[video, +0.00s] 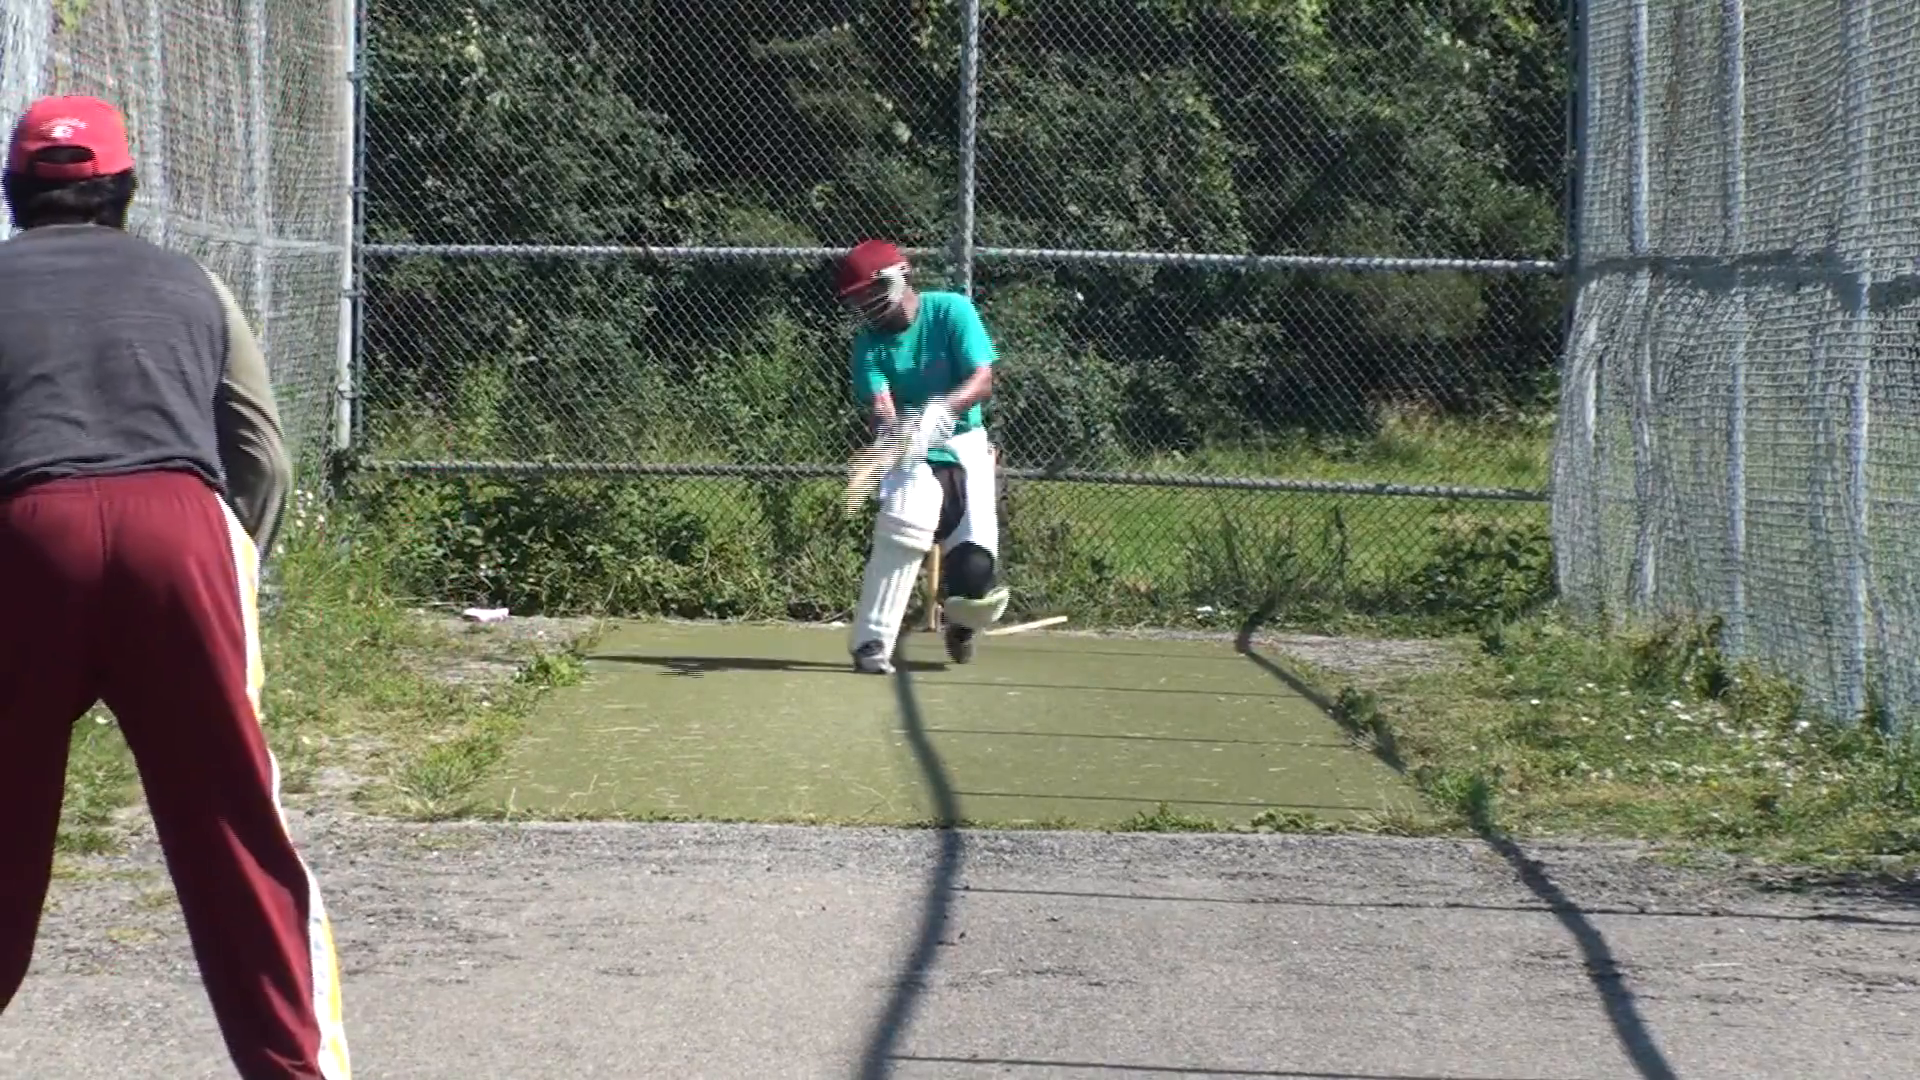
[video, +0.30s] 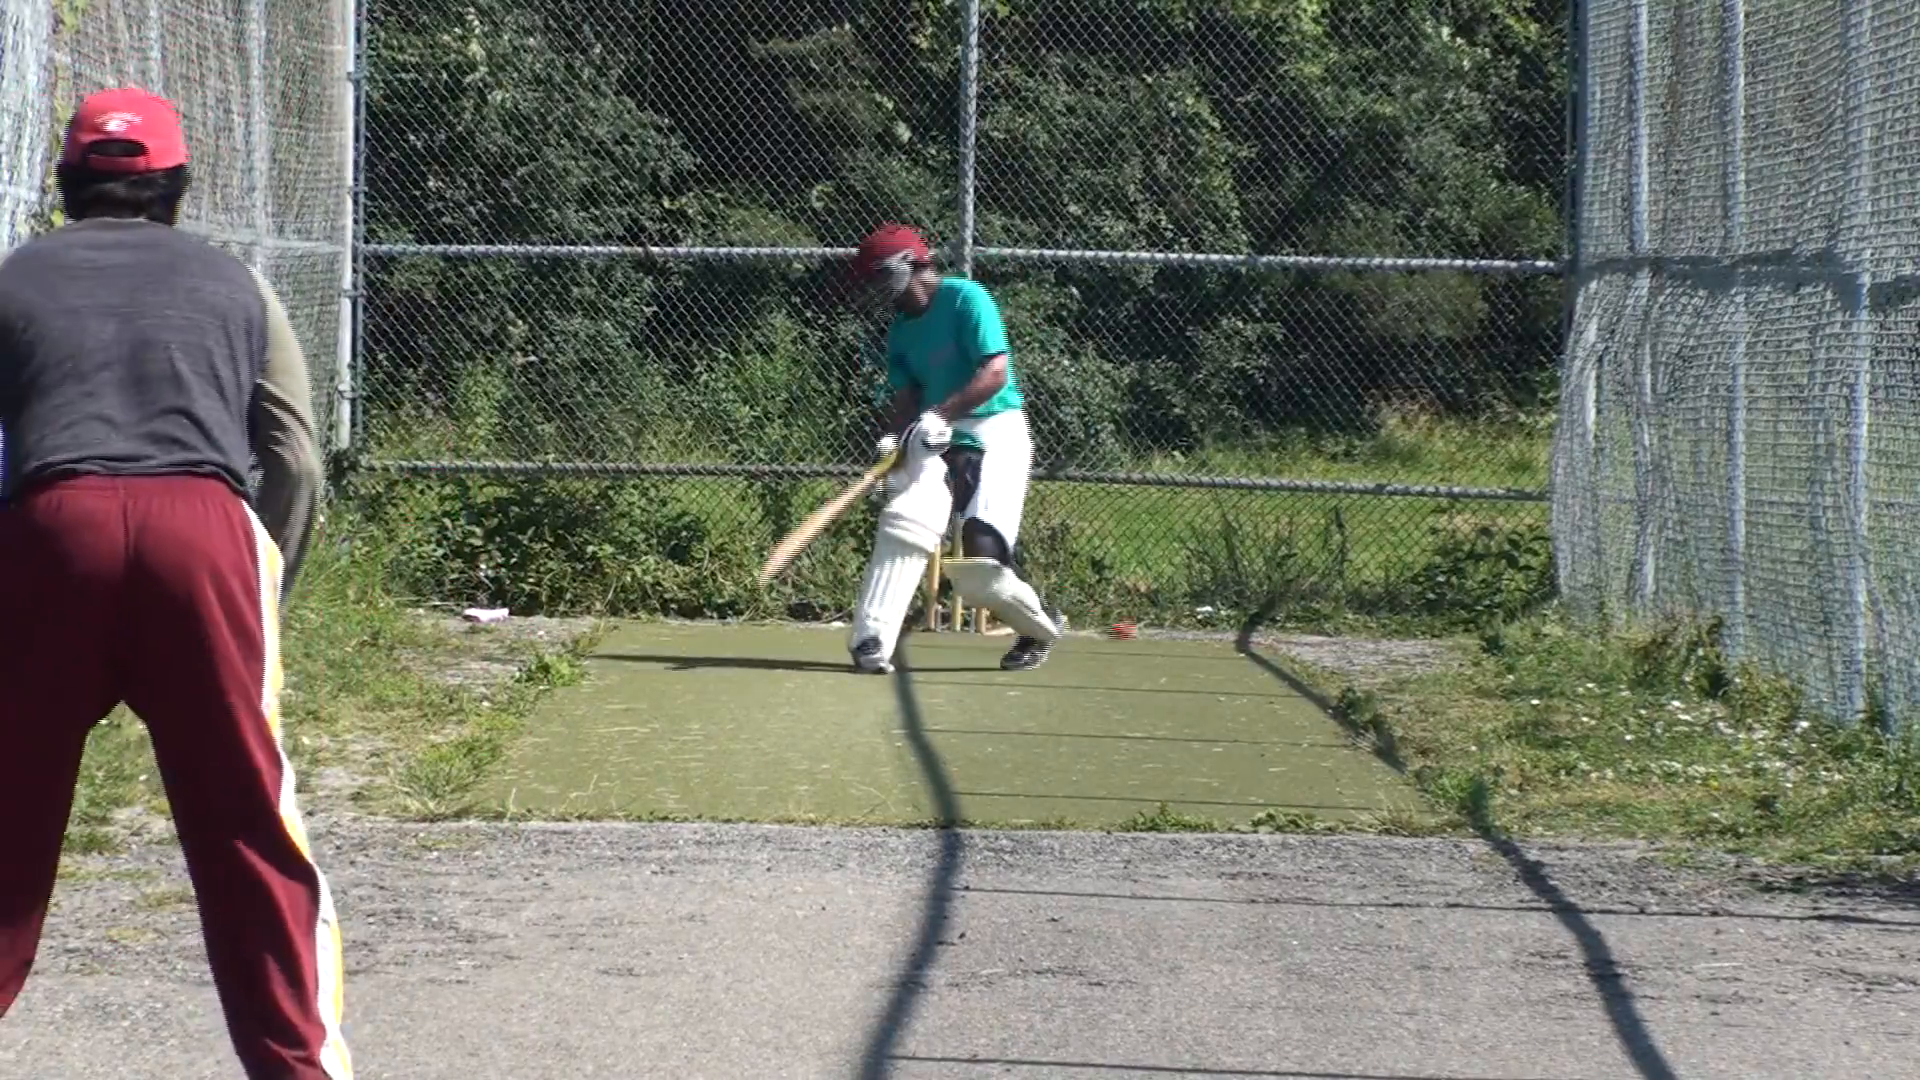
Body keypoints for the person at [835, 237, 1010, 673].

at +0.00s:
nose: (871, 309)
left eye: (876, 296)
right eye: (861, 304)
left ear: (901, 279)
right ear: (854, 303)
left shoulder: (953, 310)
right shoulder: (868, 342)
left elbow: (982, 379)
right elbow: (880, 406)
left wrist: (941, 410)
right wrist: (893, 432)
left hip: (966, 446)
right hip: (910, 451)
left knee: (974, 570)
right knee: (901, 535)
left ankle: (960, 625)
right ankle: (874, 641)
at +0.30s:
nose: (884, 290)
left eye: (889, 278)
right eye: (878, 283)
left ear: (916, 265)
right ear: (883, 283)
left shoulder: (968, 298)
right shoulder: (900, 330)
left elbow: (995, 372)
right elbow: (906, 398)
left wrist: (942, 413)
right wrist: (897, 436)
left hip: (995, 430)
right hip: (934, 436)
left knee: (981, 549)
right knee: (902, 528)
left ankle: (1038, 629)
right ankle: (874, 639)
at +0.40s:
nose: (910, 271)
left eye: (913, 258)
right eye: (906, 261)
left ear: (941, 251)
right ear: (933, 256)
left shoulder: (985, 286)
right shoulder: (939, 311)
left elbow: (1007, 359)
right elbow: (945, 383)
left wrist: (950, 406)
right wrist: (916, 430)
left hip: (1015, 423)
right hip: (966, 425)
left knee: (980, 557)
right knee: (916, 524)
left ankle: (1053, 640)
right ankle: (871, 632)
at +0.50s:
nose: (936, 247)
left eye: (942, 237)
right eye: (936, 237)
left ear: (964, 238)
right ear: (977, 239)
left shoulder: (992, 276)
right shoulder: (980, 286)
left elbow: (1007, 350)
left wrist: (962, 402)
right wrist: (944, 431)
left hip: (1028, 417)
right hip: (987, 419)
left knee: (984, 543)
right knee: (915, 509)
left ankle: (1056, 642)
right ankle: (890, 630)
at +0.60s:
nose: (966, 238)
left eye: (970, 228)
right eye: (967, 228)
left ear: (986, 228)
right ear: (1013, 230)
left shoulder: (1000, 265)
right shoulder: (1035, 272)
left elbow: (1007, 336)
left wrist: (969, 392)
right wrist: (985, 402)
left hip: (1036, 415)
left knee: (988, 528)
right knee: (931, 490)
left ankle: (1055, 644)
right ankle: (940, 632)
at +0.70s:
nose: (980, 226)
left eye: (984, 216)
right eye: (981, 216)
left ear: (999, 217)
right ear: (1033, 221)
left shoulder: (1010, 257)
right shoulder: (1056, 267)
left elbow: (1010, 328)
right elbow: (1063, 342)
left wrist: (973, 391)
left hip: (1044, 412)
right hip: (1074, 411)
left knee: (1004, 525)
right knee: (1003, 514)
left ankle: (1055, 641)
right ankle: (1007, 622)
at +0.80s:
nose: (990, 225)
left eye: (995, 215)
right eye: (992, 214)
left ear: (1013, 218)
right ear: (1042, 223)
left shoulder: (1020, 259)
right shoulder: (1065, 266)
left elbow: (1022, 329)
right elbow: (1073, 344)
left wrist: (993, 396)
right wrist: (1005, 400)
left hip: (1058, 410)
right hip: (1090, 408)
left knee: (1001, 521)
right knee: (1015, 518)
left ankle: (1055, 643)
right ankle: (1055, 627)